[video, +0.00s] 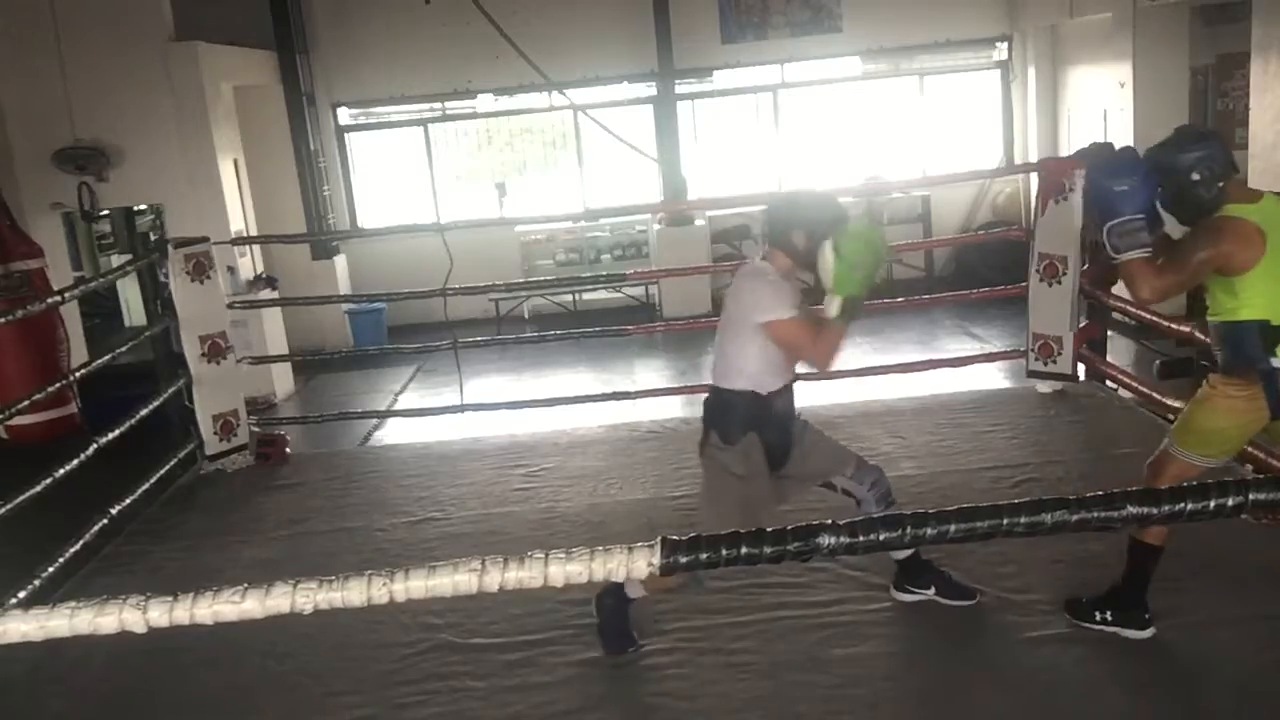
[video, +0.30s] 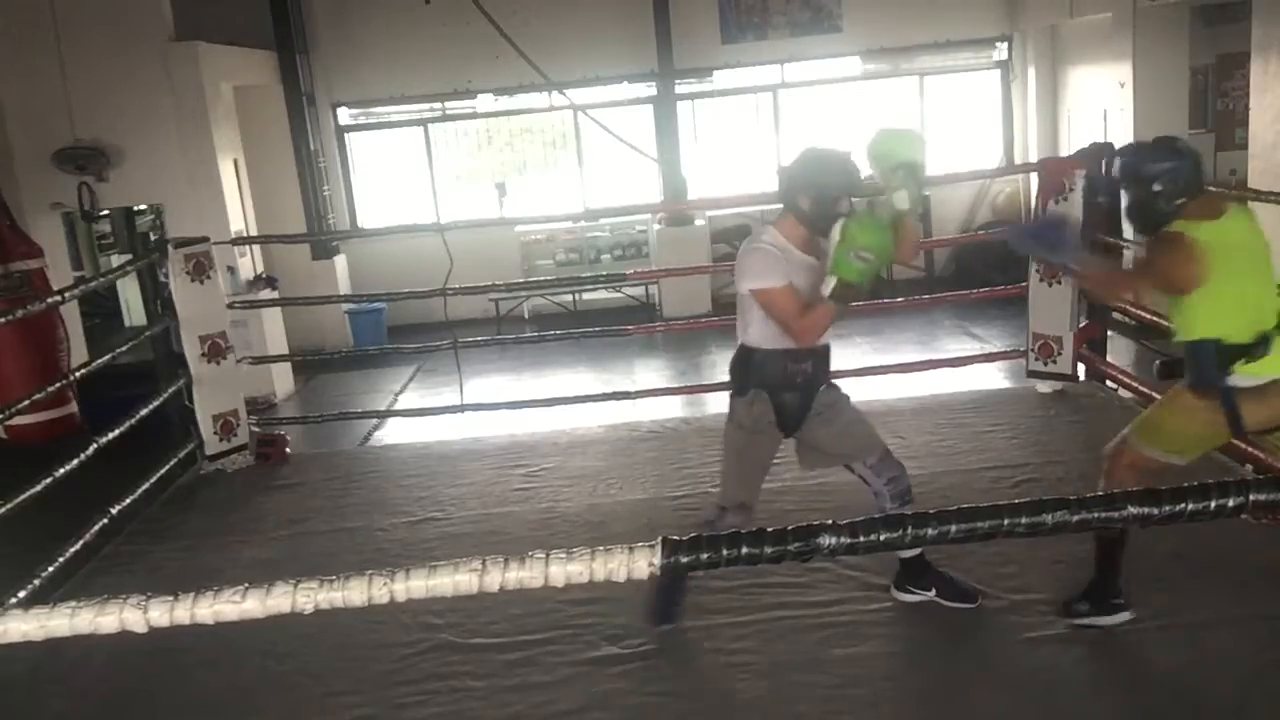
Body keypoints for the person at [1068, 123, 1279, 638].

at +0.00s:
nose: (1169, 200)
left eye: (1171, 188)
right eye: (1166, 188)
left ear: (1195, 182)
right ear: (1223, 171)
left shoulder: (1226, 231)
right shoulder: (1267, 207)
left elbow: (1147, 288)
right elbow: (1180, 268)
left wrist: (1123, 213)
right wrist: (1145, 218)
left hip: (1245, 381)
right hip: (1268, 372)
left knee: (1163, 476)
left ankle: (1129, 601)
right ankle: (1130, 599)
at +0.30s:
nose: (1129, 201)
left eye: (1134, 190)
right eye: (1128, 190)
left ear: (1158, 192)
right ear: (1190, 182)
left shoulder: (1178, 249)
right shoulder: (1235, 211)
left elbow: (1122, 290)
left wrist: (1069, 259)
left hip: (1224, 389)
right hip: (1269, 371)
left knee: (1122, 462)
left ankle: (1105, 591)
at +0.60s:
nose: (1154, 204)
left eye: (1160, 193)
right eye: (1155, 194)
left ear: (1175, 196)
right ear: (1222, 190)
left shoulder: (1173, 258)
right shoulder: (1260, 251)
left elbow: (1109, 337)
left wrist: (1067, 347)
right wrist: (1134, 307)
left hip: (1181, 430)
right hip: (1258, 429)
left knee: (1097, 489)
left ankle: (1069, 604)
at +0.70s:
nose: (1196, 205)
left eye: (1203, 193)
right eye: (1198, 194)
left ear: (1220, 195)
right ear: (1261, 192)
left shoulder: (1230, 256)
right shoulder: (1271, 248)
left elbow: (1188, 348)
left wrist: (1123, 358)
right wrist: (1141, 349)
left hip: (1221, 439)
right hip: (1271, 435)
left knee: (1119, 489)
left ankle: (1072, 605)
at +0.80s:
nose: (1227, 204)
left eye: (1233, 191)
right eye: (1228, 191)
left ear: (1251, 192)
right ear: (1272, 190)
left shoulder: (1263, 248)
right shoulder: (1266, 247)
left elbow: (1237, 334)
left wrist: (1162, 323)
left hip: (1250, 423)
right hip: (1266, 418)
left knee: (1158, 499)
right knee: (1156, 499)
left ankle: (1089, 605)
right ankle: (1093, 602)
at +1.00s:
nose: (1237, 180)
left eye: (1241, 167)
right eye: (1240, 164)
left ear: (1263, 171)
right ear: (1270, 169)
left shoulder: (1272, 233)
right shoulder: (1267, 227)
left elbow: (1226, 309)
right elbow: (1244, 297)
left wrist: (1168, 249)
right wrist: (1219, 224)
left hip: (1265, 415)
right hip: (1265, 410)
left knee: (1175, 504)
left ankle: (1138, 650)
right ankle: (1140, 648)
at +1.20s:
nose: (1216, 183)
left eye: (1224, 171)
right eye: (1219, 170)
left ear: (1247, 174)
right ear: (1271, 172)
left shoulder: (1251, 239)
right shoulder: (1260, 234)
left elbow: (1143, 293)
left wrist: (1134, 211)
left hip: (1264, 452)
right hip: (1264, 447)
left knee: (1222, 585)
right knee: (1221, 579)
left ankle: (1197, 705)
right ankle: (1197, 701)